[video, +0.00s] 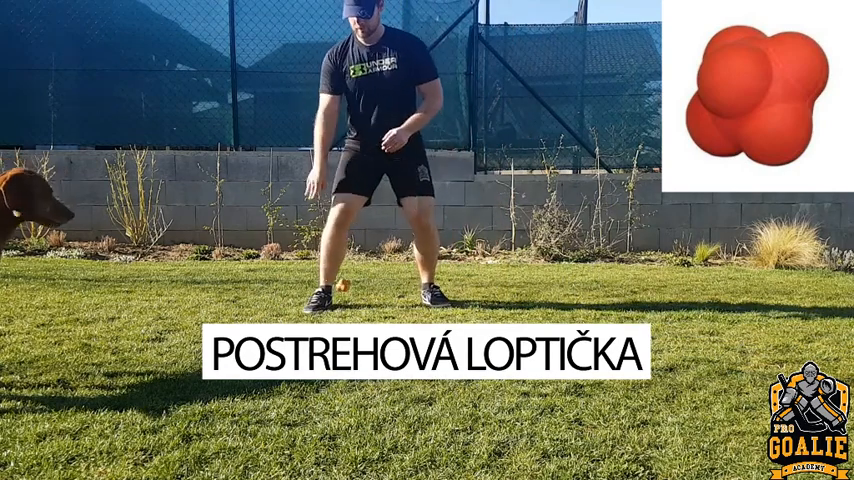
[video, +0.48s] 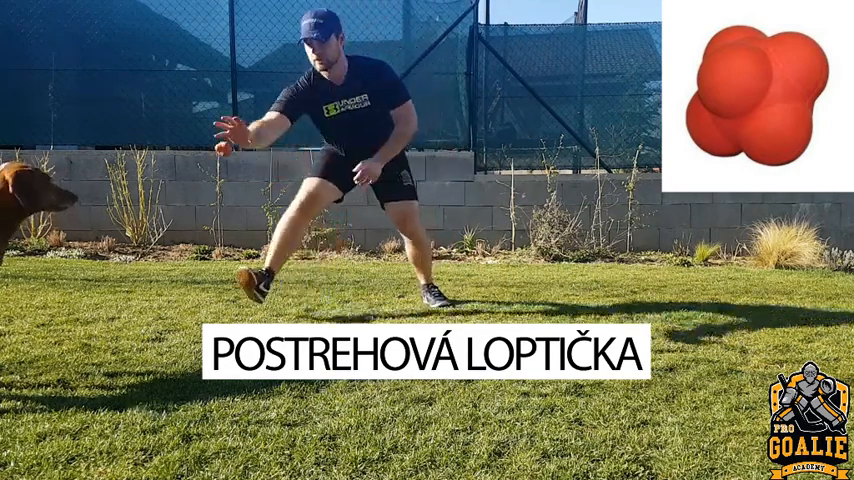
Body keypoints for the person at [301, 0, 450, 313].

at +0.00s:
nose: (359, 22)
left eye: (365, 14)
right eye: (353, 16)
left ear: (380, 9)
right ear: (346, 16)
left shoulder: (410, 46)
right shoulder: (336, 57)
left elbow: (434, 98)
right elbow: (327, 112)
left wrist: (406, 130)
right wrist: (319, 164)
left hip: (405, 143)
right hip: (361, 145)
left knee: (421, 214)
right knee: (340, 212)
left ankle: (429, 286)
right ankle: (324, 290)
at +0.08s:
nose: (361, 23)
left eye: (367, 16)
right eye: (355, 17)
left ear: (383, 9)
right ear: (349, 16)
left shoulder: (413, 47)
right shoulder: (339, 57)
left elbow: (438, 99)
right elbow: (329, 111)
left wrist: (410, 132)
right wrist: (319, 163)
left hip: (408, 144)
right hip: (363, 146)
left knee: (422, 215)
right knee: (342, 212)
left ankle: (429, 287)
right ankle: (324, 289)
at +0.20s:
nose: (361, 23)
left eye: (367, 15)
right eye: (355, 17)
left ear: (383, 9)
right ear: (349, 16)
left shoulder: (414, 48)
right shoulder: (339, 56)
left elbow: (437, 104)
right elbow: (328, 111)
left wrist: (412, 137)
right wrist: (315, 162)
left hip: (408, 147)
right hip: (362, 148)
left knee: (423, 220)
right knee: (337, 210)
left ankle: (429, 287)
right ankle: (322, 287)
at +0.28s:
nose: (354, 24)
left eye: (361, 16)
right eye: (349, 18)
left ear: (378, 12)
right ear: (343, 19)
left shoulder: (410, 53)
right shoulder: (335, 62)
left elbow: (431, 110)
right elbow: (319, 113)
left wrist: (406, 148)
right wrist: (303, 159)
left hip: (405, 147)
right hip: (360, 145)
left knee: (416, 221)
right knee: (332, 201)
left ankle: (429, 287)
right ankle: (314, 281)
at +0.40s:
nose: (338, 33)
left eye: (345, 24)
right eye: (332, 26)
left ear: (363, 21)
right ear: (327, 27)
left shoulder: (398, 60)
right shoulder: (323, 71)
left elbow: (420, 117)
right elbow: (297, 117)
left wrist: (391, 155)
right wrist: (280, 145)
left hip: (397, 148)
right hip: (351, 149)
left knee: (410, 226)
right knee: (319, 196)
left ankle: (428, 288)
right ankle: (295, 277)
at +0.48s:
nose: (315, 51)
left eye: (322, 41)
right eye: (309, 44)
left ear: (340, 39)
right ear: (304, 48)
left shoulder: (377, 72)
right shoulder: (305, 90)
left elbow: (407, 123)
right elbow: (270, 125)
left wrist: (380, 160)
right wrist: (249, 137)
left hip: (386, 152)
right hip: (341, 155)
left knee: (411, 227)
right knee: (305, 202)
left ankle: (428, 287)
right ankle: (265, 279)